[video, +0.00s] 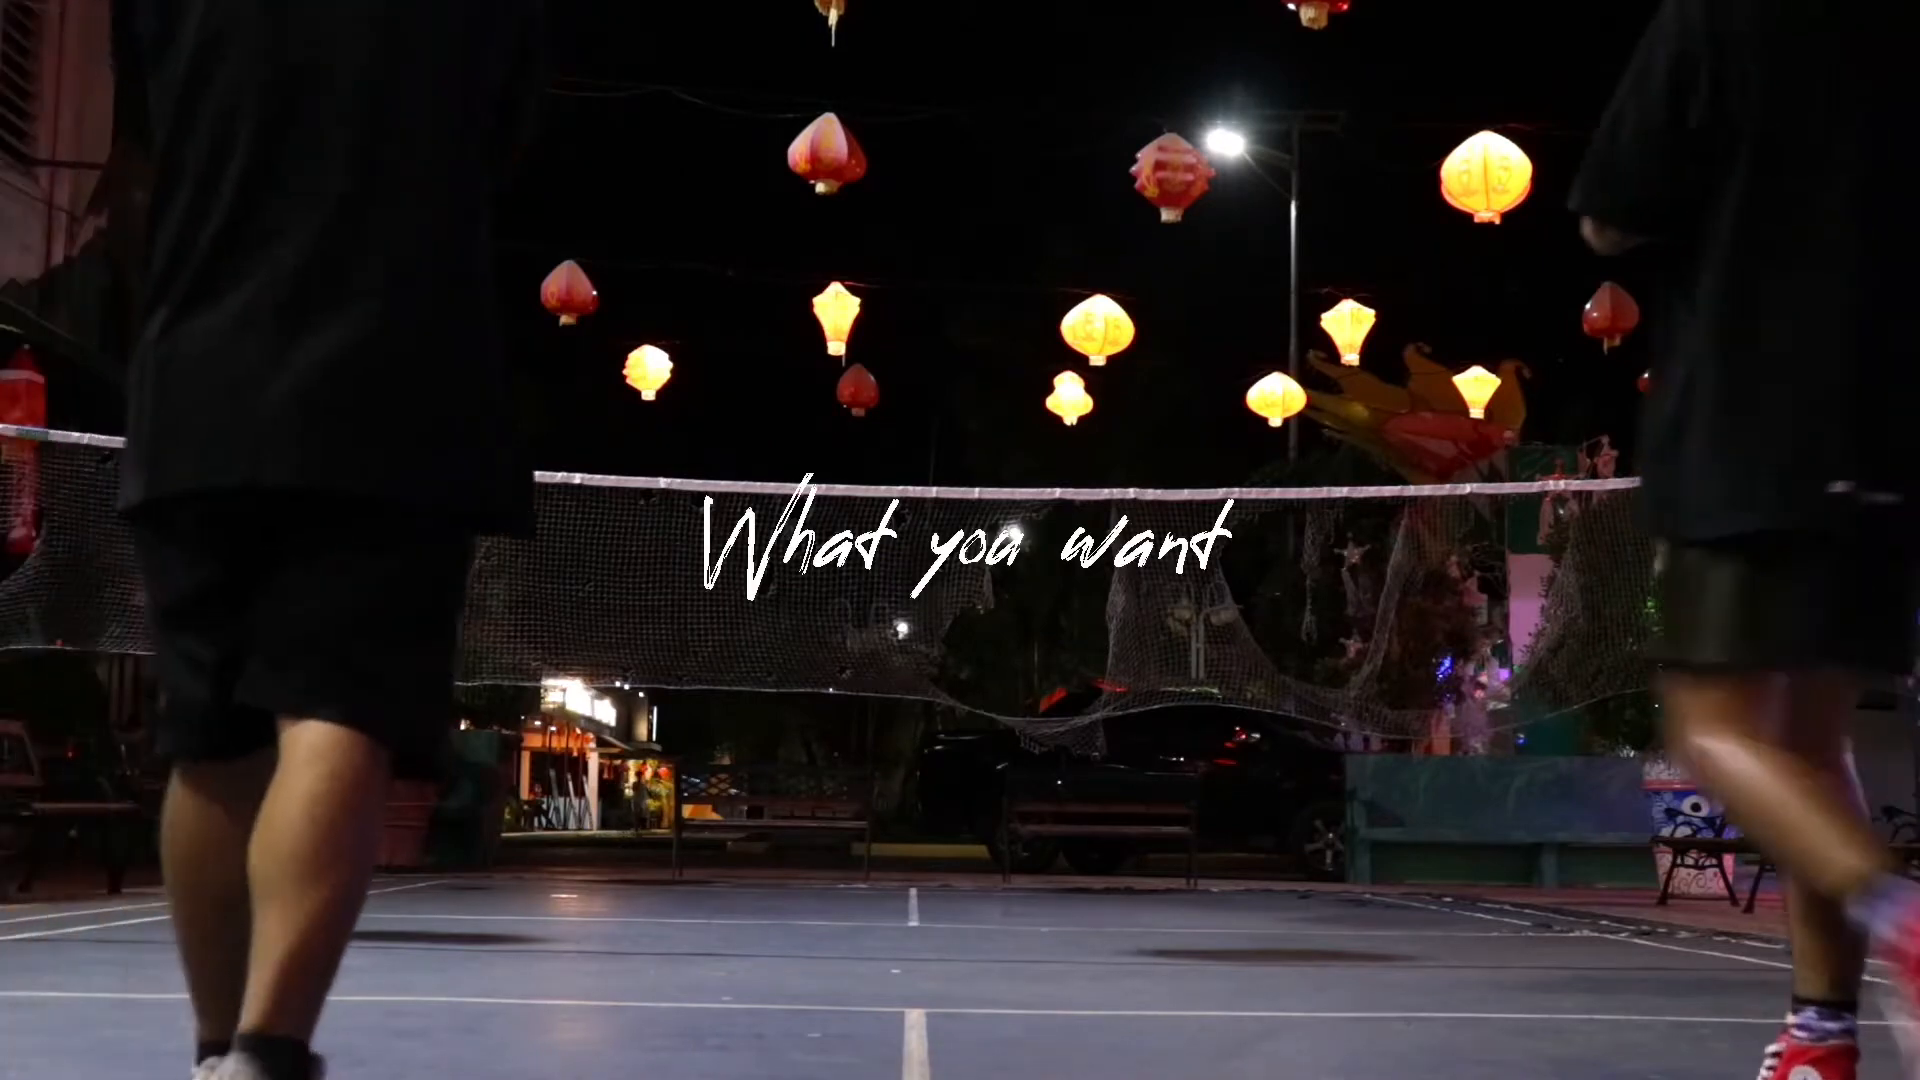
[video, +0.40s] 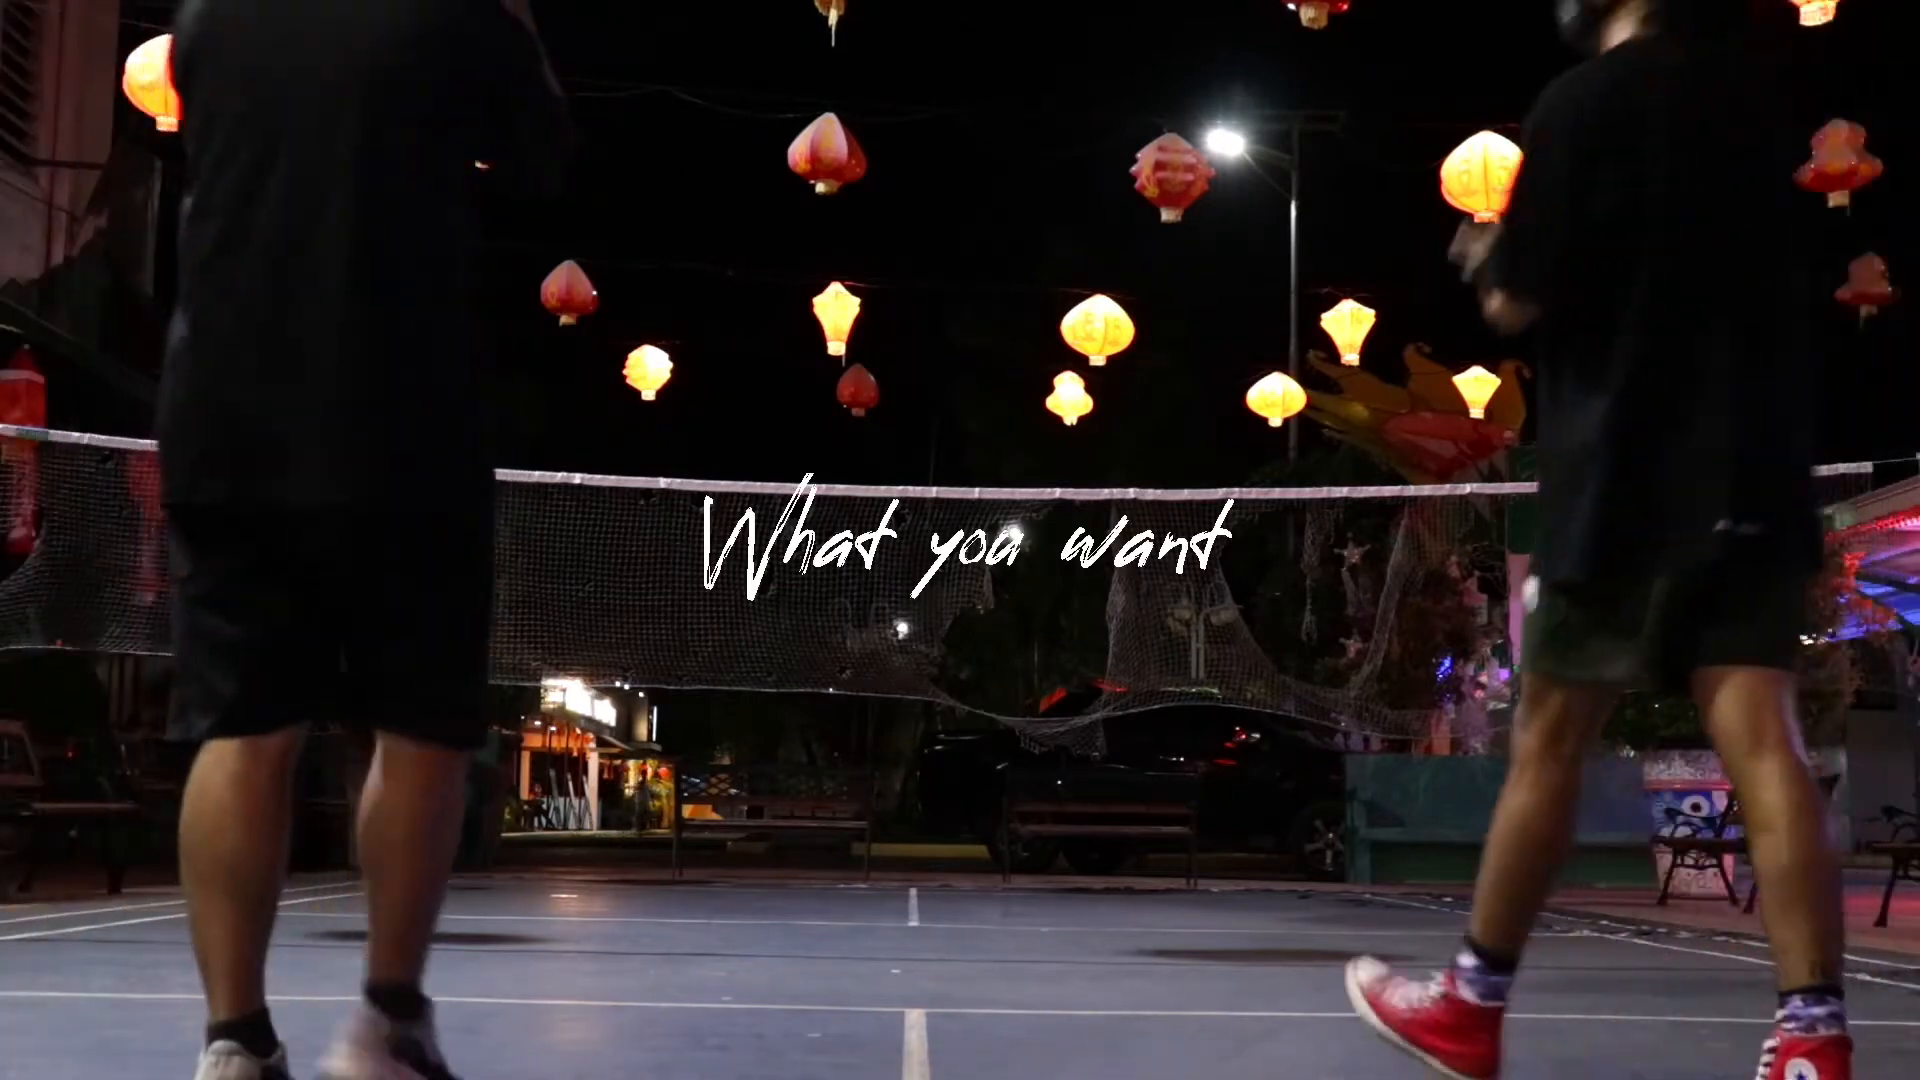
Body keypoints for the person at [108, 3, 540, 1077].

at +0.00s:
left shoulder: (166, 16)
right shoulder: (481, 25)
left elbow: (141, 153)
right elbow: (508, 153)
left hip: (196, 373)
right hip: (395, 375)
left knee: (209, 742)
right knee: (337, 723)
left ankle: (225, 1055)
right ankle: (265, 1046)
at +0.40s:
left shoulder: (214, 19)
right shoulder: (468, 23)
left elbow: (187, 221)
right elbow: (542, 189)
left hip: (225, 414)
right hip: (410, 423)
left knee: (241, 720)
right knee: (424, 724)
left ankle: (233, 1040)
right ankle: (391, 1015)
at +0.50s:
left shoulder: (235, 24)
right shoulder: (466, 31)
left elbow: (196, 230)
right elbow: (540, 207)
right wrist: (522, 36)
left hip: (238, 428)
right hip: (417, 439)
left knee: (247, 722)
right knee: (415, 734)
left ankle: (234, 1037)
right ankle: (407, 1027)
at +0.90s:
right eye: (546, 26)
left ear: (425, 19)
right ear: (533, 27)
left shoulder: (347, 103)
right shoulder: (566, 115)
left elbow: (379, 208)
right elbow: (605, 241)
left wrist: (415, 54)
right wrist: (587, 88)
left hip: (362, 463)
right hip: (515, 472)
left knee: (328, 708)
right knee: (462, 746)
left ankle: (283, 926)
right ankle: (417, 1024)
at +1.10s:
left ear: (457, 64)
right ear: (575, 67)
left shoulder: (394, 137)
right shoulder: (604, 139)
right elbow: (641, 273)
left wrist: (477, 81)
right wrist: (618, 109)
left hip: (410, 482)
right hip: (547, 487)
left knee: (415, 747)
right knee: (485, 755)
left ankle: (431, 994)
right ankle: (414, 1026)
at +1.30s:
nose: (636, 105)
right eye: (633, 98)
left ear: (522, 97)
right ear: (619, 106)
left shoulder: (443, 177)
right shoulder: (637, 167)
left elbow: (452, 299)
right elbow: (707, 293)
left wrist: (514, 135)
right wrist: (672, 147)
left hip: (464, 504)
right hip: (587, 507)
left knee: (503, 757)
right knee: (520, 760)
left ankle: (538, 1005)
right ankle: (420, 1018)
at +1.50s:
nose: (712, 153)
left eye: (712, 137)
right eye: (711, 138)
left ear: (602, 111)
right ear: (687, 125)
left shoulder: (514, 190)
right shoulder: (668, 180)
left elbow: (514, 353)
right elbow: (776, 300)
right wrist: (741, 171)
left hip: (520, 511)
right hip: (641, 511)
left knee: (546, 743)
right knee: (690, 738)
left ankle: (536, 1017)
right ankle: (540, 918)